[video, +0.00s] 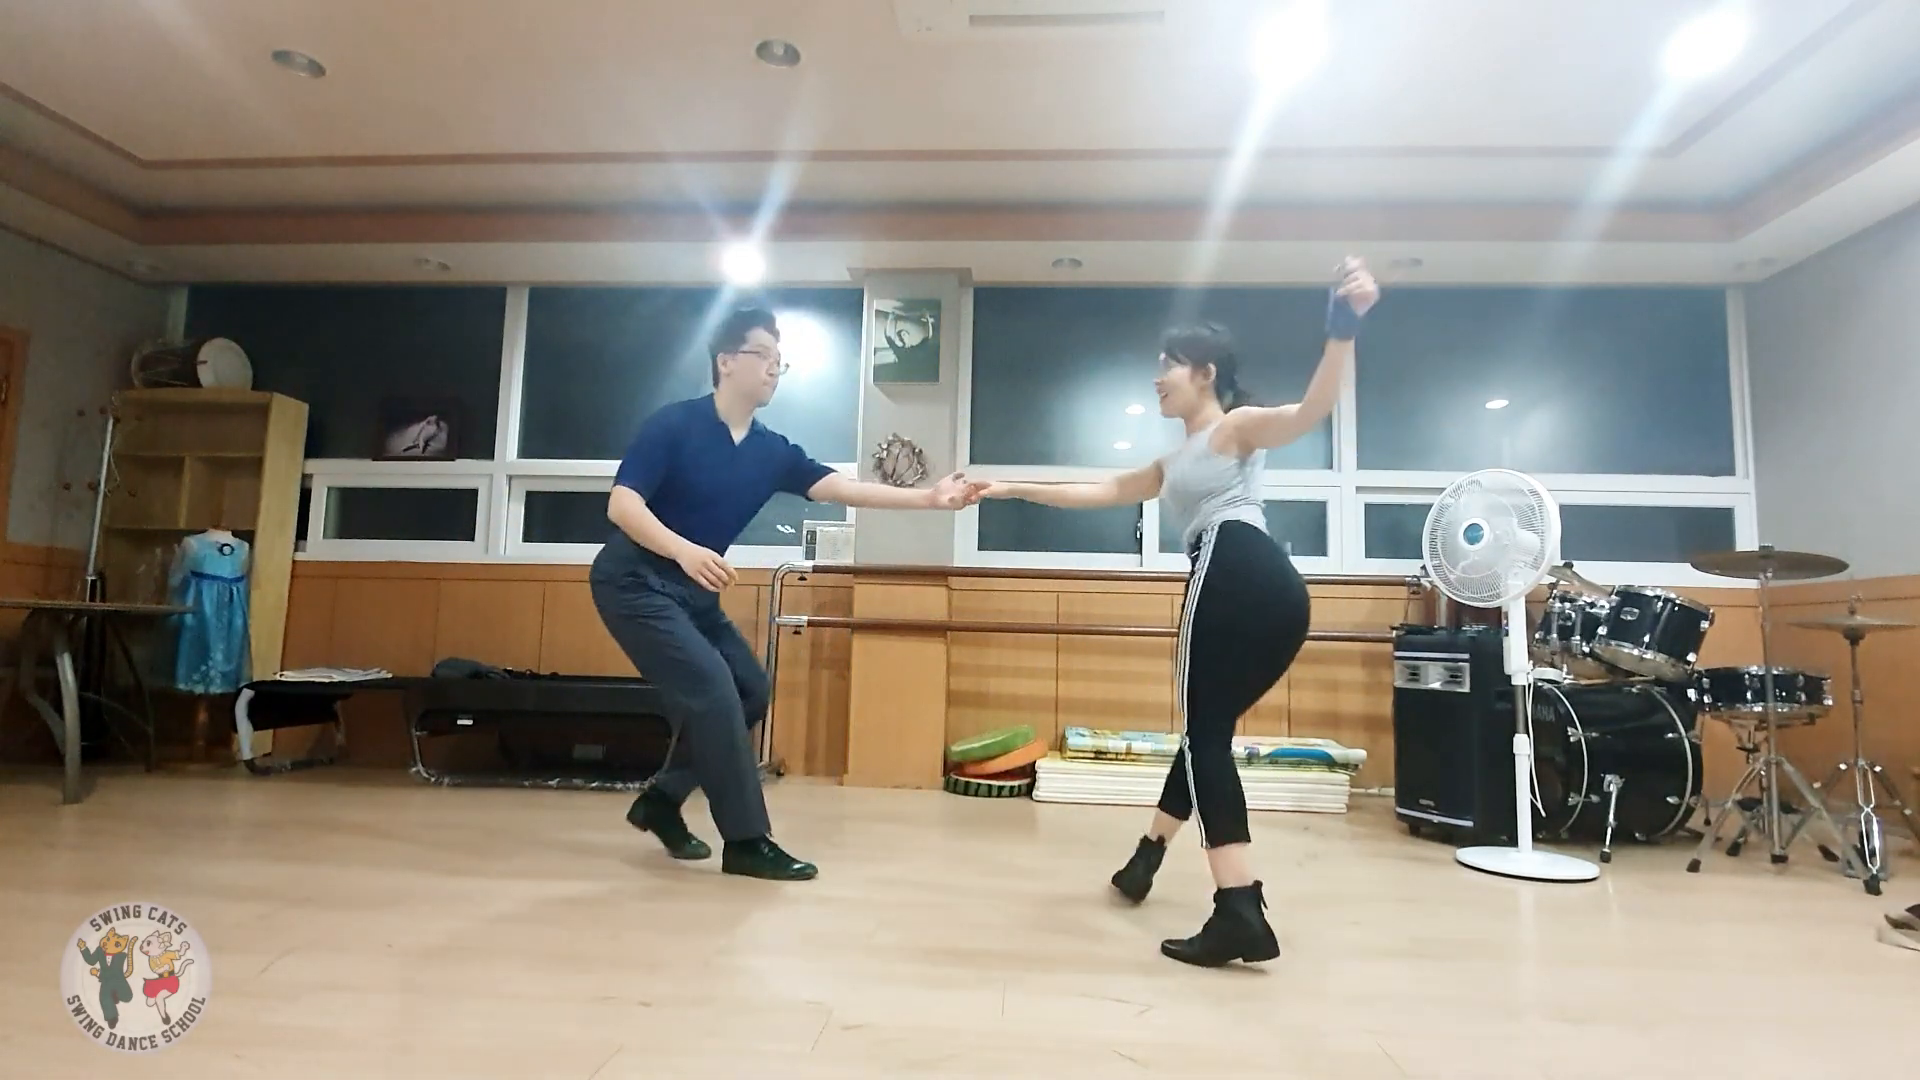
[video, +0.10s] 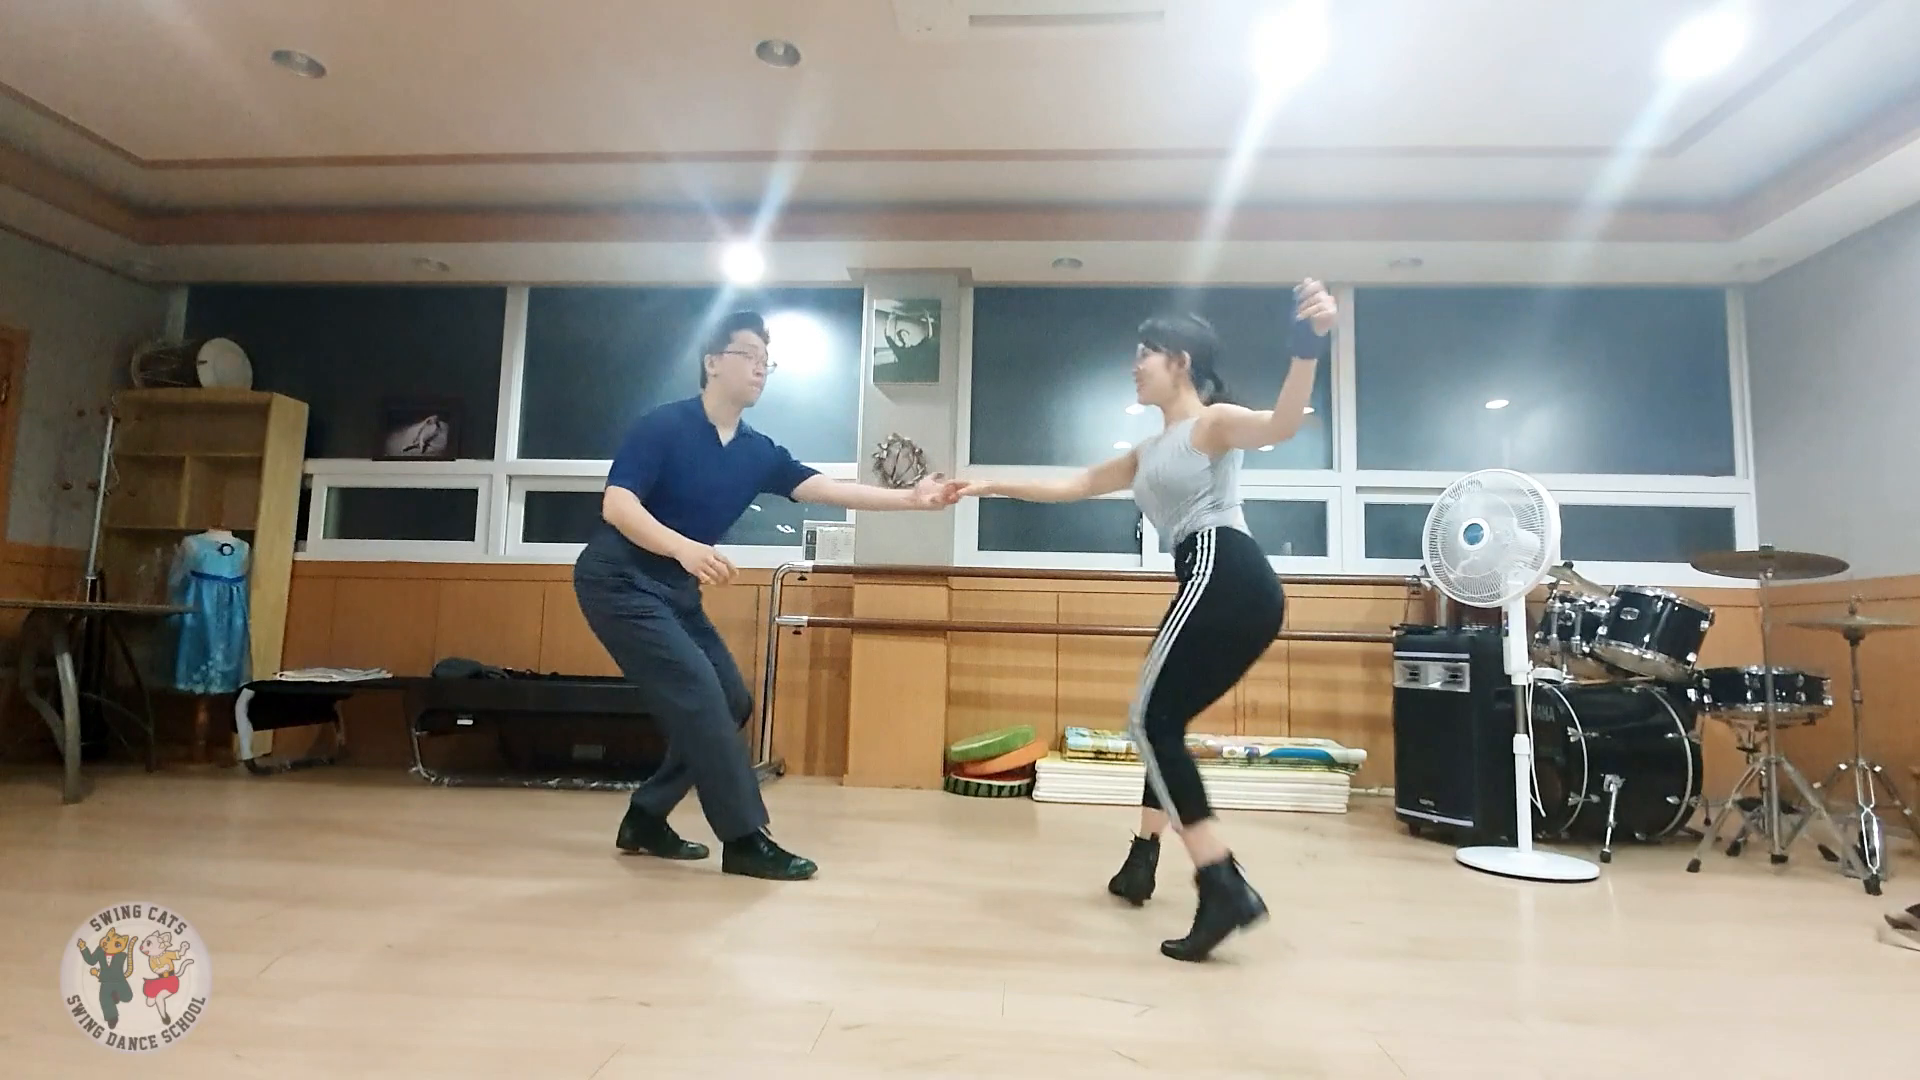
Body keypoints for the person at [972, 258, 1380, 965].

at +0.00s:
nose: (1157, 380)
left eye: (1167, 368)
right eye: (1158, 369)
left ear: (1203, 374)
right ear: (1186, 378)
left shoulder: (1235, 427)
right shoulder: (1172, 463)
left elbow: (1311, 411)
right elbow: (1098, 491)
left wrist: (1342, 325)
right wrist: (1006, 486)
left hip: (1234, 570)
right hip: (1282, 604)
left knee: (1206, 733)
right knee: (1202, 729)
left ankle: (1240, 909)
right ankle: (1147, 855)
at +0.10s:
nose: (1135, 365)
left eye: (1145, 354)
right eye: (1136, 355)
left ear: (1179, 362)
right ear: (1163, 367)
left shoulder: (1212, 421)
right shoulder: (1149, 453)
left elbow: (1283, 423)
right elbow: (1072, 483)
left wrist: (1310, 341)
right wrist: (980, 480)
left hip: (1225, 576)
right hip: (1237, 592)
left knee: (1153, 719)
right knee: (1161, 721)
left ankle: (1222, 885)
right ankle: (1143, 855)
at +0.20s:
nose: (1110, 362)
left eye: (1119, 351)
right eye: (1112, 351)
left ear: (1154, 356)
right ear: (1142, 358)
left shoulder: (1192, 420)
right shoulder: (1120, 448)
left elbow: (1264, 430)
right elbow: (1043, 478)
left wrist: (1284, 354)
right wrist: (951, 476)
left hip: (1210, 587)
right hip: (1181, 590)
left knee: (1103, 693)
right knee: (1113, 701)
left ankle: (1153, 841)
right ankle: (1148, 842)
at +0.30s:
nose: (1079, 364)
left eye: (1089, 352)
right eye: (1082, 354)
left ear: (1123, 357)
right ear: (1112, 361)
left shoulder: (1169, 422)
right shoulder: (1086, 452)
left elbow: (1251, 443)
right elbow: (1005, 479)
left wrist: (1266, 382)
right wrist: (918, 472)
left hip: (1177, 596)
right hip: (1120, 594)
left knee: (1090, 707)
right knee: (1075, 713)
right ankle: (1143, 836)